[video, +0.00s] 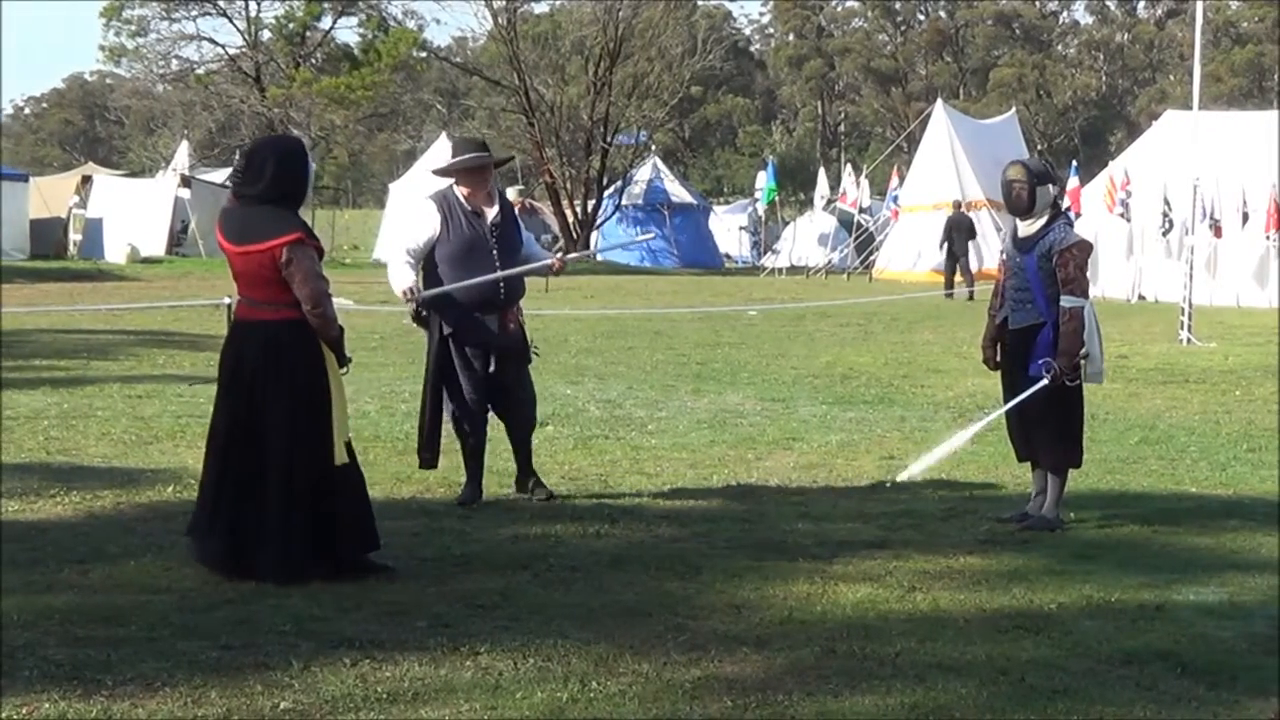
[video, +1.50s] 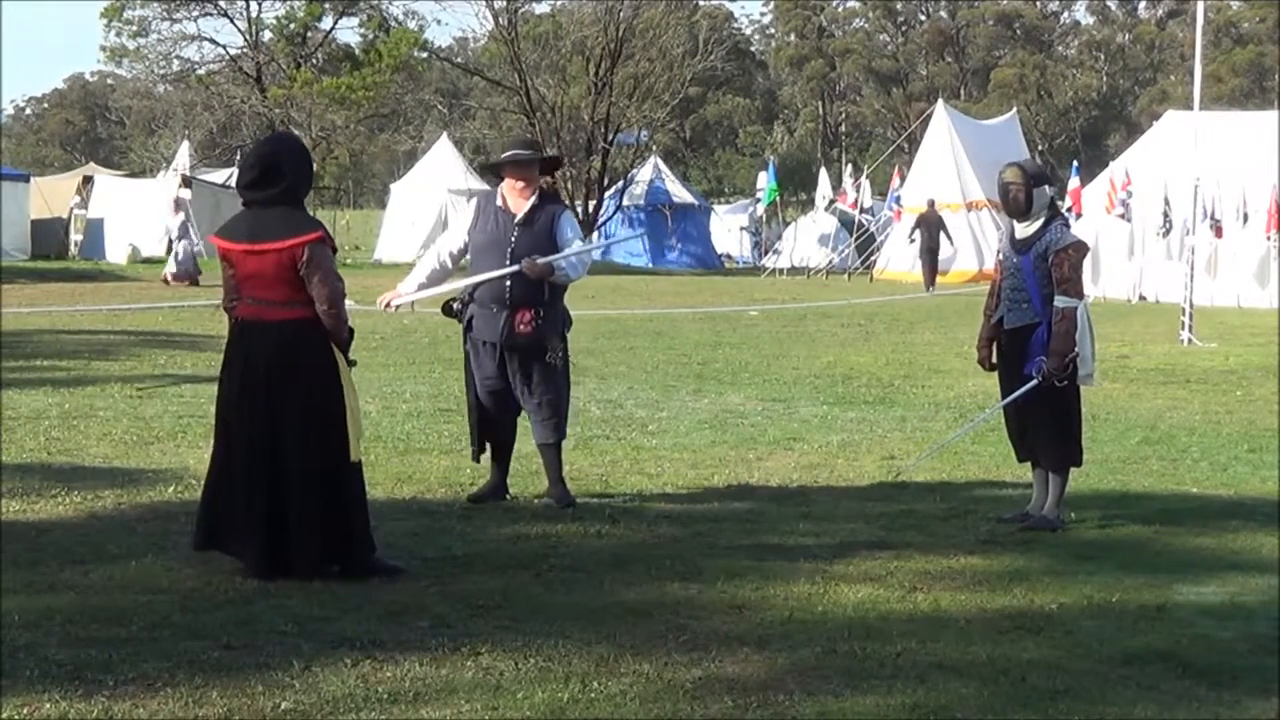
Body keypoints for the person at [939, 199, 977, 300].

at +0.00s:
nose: (954, 208)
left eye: (953, 206)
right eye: (956, 206)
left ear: (953, 207)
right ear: (961, 207)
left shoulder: (950, 219)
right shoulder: (968, 219)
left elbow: (946, 234)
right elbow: (973, 235)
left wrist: (941, 243)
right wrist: (964, 238)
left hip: (952, 248)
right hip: (963, 248)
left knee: (949, 271)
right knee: (966, 270)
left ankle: (949, 293)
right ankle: (970, 291)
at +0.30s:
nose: (948, 206)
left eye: (948, 204)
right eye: (950, 203)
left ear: (946, 205)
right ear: (954, 204)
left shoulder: (942, 217)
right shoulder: (961, 217)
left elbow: (934, 229)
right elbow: (969, 231)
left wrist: (931, 237)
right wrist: (972, 243)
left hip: (946, 248)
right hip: (956, 247)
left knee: (947, 269)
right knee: (956, 269)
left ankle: (948, 290)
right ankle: (954, 291)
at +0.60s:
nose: (944, 206)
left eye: (943, 204)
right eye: (946, 204)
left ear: (941, 205)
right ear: (949, 205)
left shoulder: (938, 216)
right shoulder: (954, 216)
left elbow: (931, 227)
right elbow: (960, 230)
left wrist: (928, 238)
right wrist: (964, 241)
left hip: (941, 246)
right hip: (951, 246)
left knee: (939, 266)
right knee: (952, 267)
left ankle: (945, 283)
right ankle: (951, 288)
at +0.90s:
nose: (938, 207)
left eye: (937, 205)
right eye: (940, 205)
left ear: (935, 206)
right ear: (943, 205)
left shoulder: (931, 217)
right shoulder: (948, 217)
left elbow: (927, 232)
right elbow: (955, 230)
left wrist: (924, 242)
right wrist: (947, 234)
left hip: (934, 246)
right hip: (945, 246)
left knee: (933, 269)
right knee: (947, 269)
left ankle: (930, 289)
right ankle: (949, 289)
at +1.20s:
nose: (932, 204)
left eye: (931, 202)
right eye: (934, 202)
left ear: (928, 203)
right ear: (936, 202)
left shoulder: (924, 214)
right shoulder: (940, 213)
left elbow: (917, 226)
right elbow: (947, 227)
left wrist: (913, 236)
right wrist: (953, 240)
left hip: (928, 244)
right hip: (938, 244)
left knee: (928, 266)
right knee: (939, 265)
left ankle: (929, 287)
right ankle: (939, 286)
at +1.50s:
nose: (930, 206)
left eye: (929, 204)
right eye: (932, 204)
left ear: (927, 205)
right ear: (934, 205)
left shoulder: (922, 216)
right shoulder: (938, 216)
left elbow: (914, 227)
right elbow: (945, 229)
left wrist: (910, 236)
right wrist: (950, 240)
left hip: (925, 245)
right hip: (935, 245)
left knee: (926, 265)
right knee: (934, 265)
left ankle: (927, 286)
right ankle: (932, 284)